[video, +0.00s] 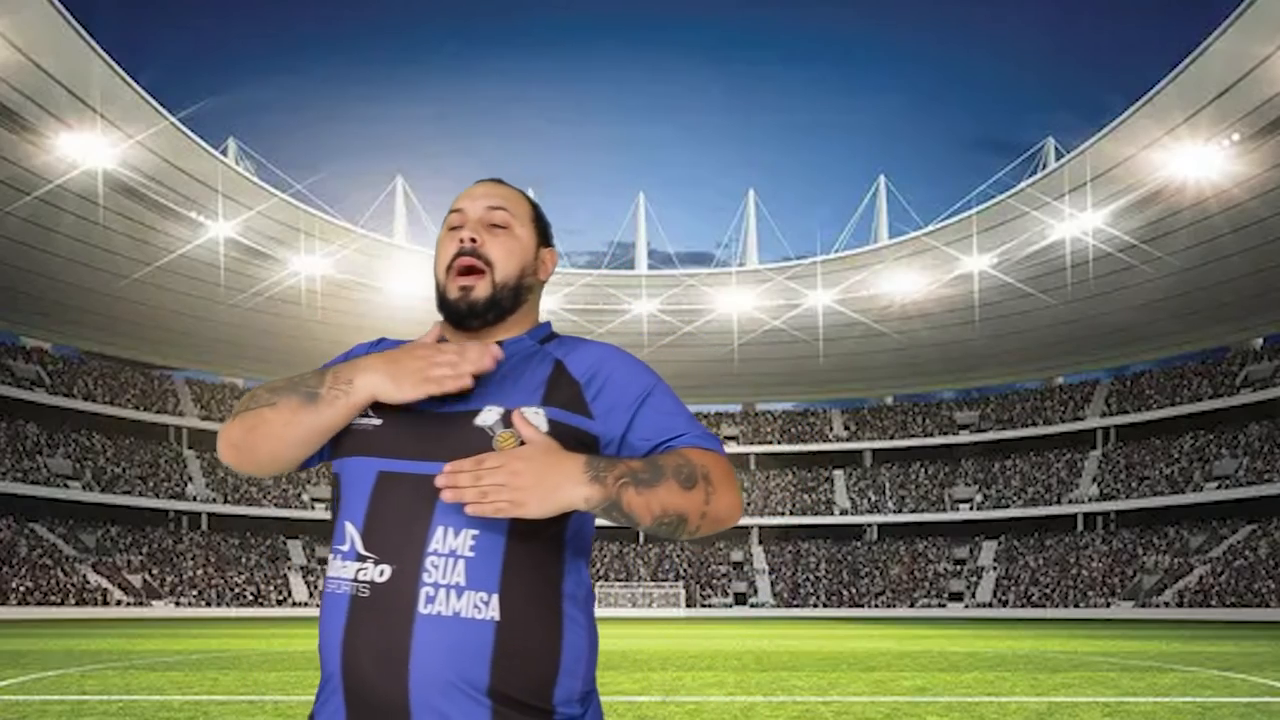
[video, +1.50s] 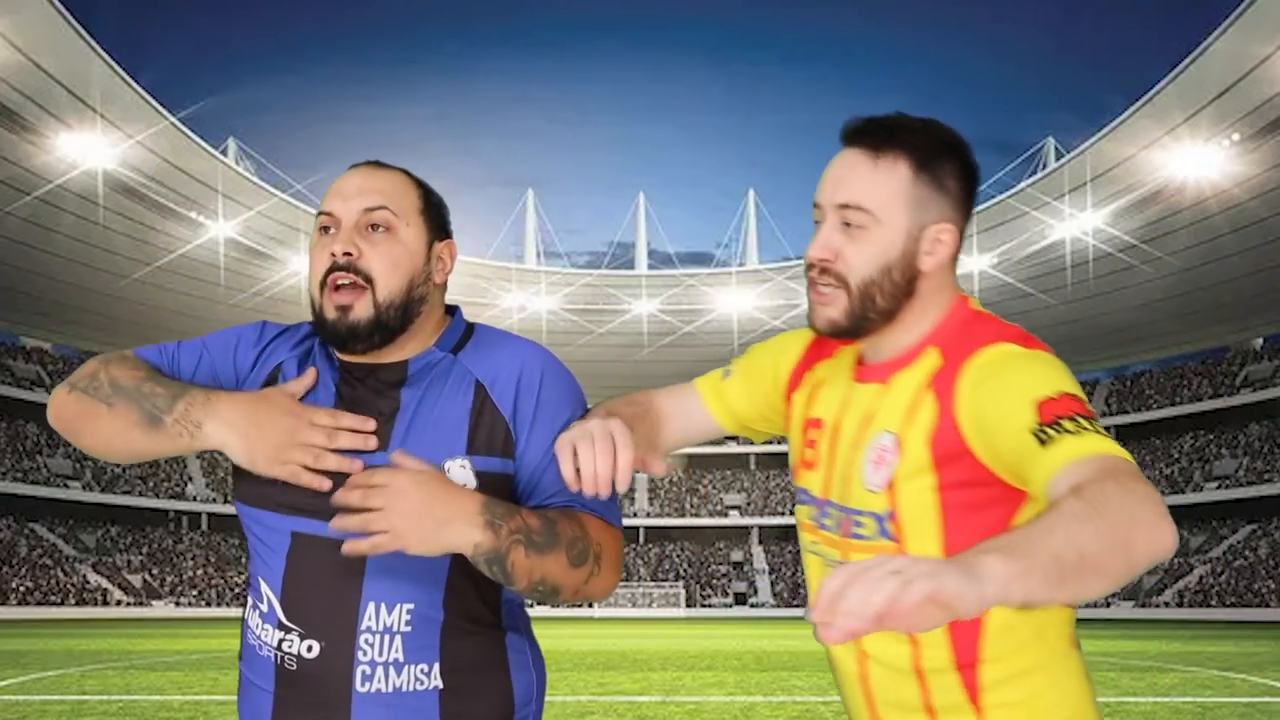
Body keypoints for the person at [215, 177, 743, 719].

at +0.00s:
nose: (466, 231)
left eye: (497, 222)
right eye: (453, 223)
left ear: (543, 265)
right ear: (435, 259)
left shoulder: (594, 374)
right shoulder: (374, 364)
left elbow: (717, 494)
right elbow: (238, 448)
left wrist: (579, 480)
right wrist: (365, 380)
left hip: (524, 705)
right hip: (355, 702)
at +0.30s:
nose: (386, 234)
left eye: (417, 221)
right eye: (374, 222)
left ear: (468, 258)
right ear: (357, 251)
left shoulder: (524, 375)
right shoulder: (302, 336)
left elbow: (644, 499)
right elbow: (193, 258)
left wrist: (515, 453)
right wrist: (190, 148)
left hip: (464, 707)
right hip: (293, 705)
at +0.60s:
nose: (351, 235)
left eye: (383, 220)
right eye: (339, 221)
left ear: (436, 254)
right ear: (320, 245)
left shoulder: (498, 372)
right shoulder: (281, 323)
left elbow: (614, 504)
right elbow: (213, 162)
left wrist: (490, 464)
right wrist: (161, 4)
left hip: (438, 708)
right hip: (265, 707)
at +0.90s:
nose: (363, 231)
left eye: (396, 215)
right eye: (350, 218)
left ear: (452, 249)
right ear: (331, 246)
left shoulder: (516, 364)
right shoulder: (300, 324)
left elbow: (645, 492)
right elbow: (210, 180)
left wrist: (503, 453)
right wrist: (143, 19)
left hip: (462, 707)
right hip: (288, 705)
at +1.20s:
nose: (380, 217)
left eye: (414, 201)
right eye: (368, 205)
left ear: (474, 241)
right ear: (349, 238)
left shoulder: (545, 355)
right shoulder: (301, 340)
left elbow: (681, 494)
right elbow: (158, 339)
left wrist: (550, 425)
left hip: (492, 706)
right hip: (317, 704)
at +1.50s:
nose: (339, 248)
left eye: (375, 228)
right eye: (327, 228)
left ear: (440, 261)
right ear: (311, 254)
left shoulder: (518, 378)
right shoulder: (259, 358)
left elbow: (595, 565)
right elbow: (75, 403)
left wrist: (471, 519)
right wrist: (222, 421)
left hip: (465, 705)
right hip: (283, 702)